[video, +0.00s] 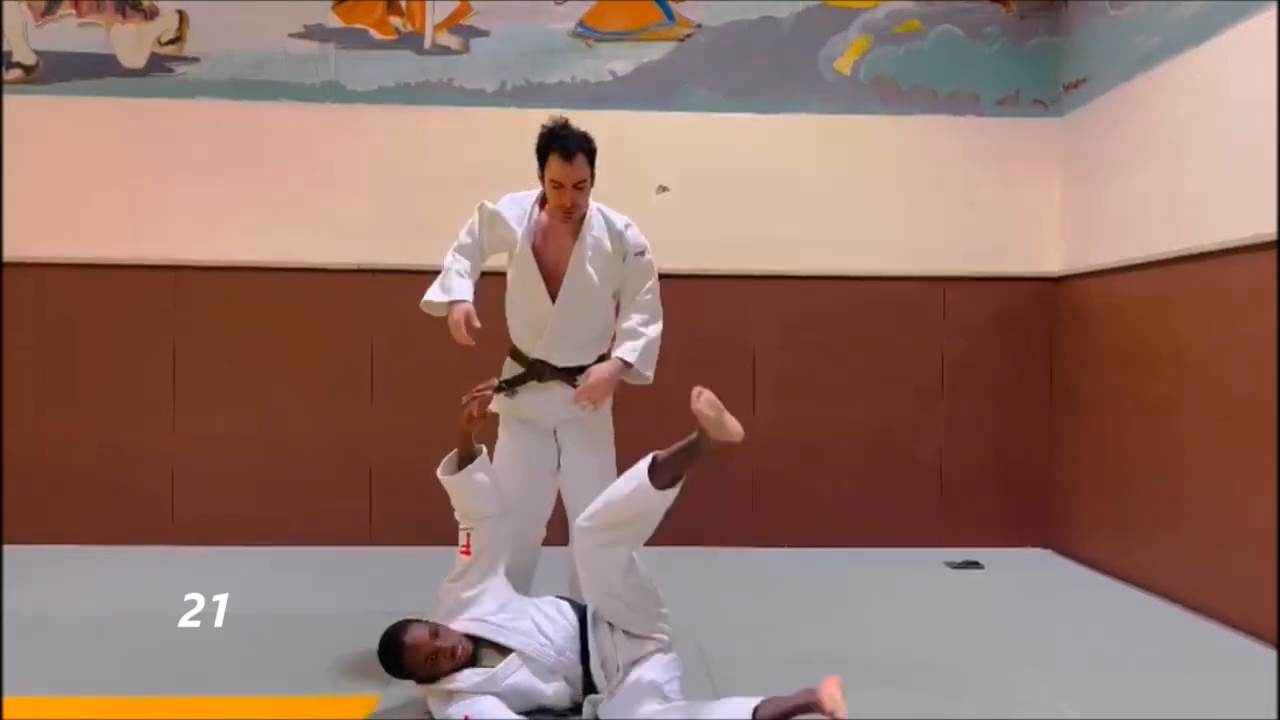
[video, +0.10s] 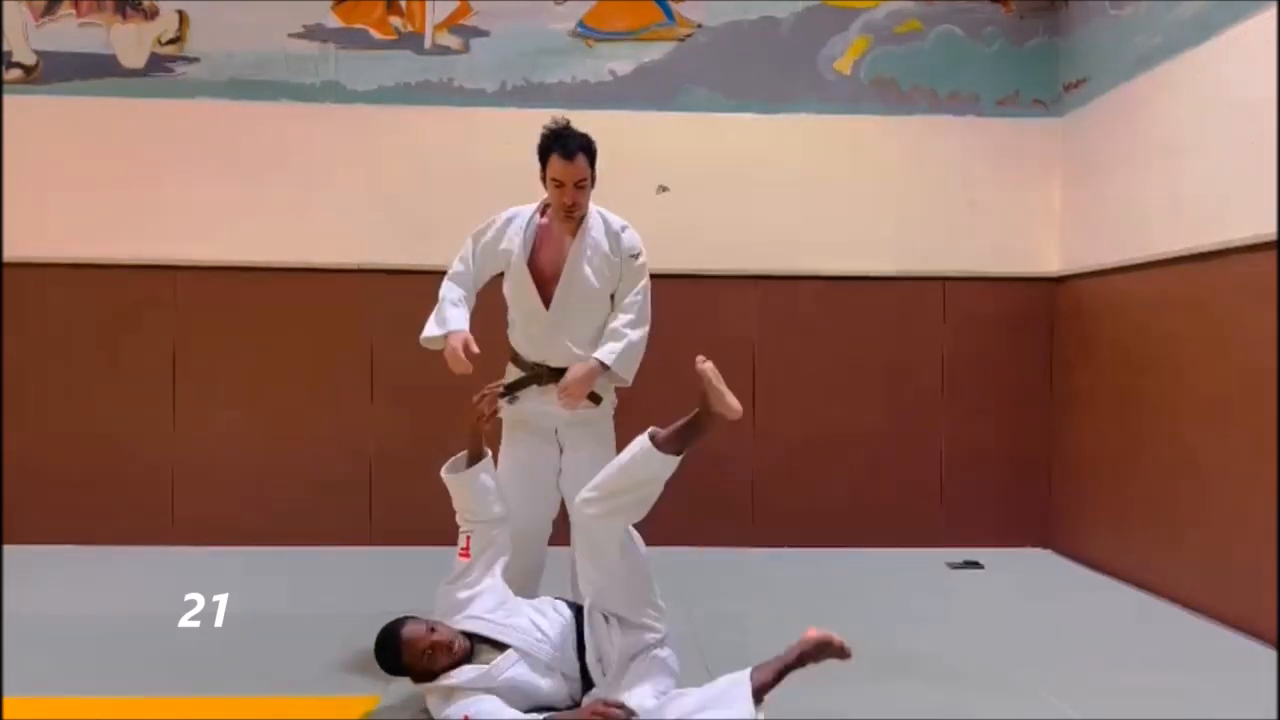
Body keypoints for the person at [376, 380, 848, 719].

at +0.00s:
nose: (441, 650)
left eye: (432, 639)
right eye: (430, 662)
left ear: (436, 622)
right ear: (428, 678)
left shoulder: (473, 595)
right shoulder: (465, 697)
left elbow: (483, 519)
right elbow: (496, 719)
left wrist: (470, 440)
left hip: (616, 617)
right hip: (620, 679)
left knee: (594, 527)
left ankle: (705, 442)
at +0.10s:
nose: (438, 642)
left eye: (427, 633)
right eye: (425, 655)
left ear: (432, 620)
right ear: (424, 674)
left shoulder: (472, 599)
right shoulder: (459, 696)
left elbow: (483, 528)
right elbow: (506, 719)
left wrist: (482, 443)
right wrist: (571, 718)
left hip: (610, 617)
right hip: (616, 682)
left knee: (592, 506)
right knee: (654, 713)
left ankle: (706, 417)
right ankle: (785, 663)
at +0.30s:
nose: (631, 229)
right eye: (631, 223)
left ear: (581, 217)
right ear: (626, 219)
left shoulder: (551, 256)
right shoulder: (647, 253)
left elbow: (543, 318)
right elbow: (695, 296)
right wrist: (647, 275)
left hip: (567, 390)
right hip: (628, 391)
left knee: (540, 504)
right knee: (661, 505)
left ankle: (516, 625)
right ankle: (683, 628)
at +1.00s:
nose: (622, 232)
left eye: (607, 225)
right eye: (626, 227)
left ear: (588, 227)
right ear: (629, 228)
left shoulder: (559, 263)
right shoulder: (651, 254)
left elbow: (546, 341)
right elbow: (701, 292)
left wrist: (548, 368)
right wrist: (675, 316)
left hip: (569, 390)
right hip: (629, 390)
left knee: (542, 508)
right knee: (666, 508)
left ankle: (517, 626)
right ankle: (686, 630)